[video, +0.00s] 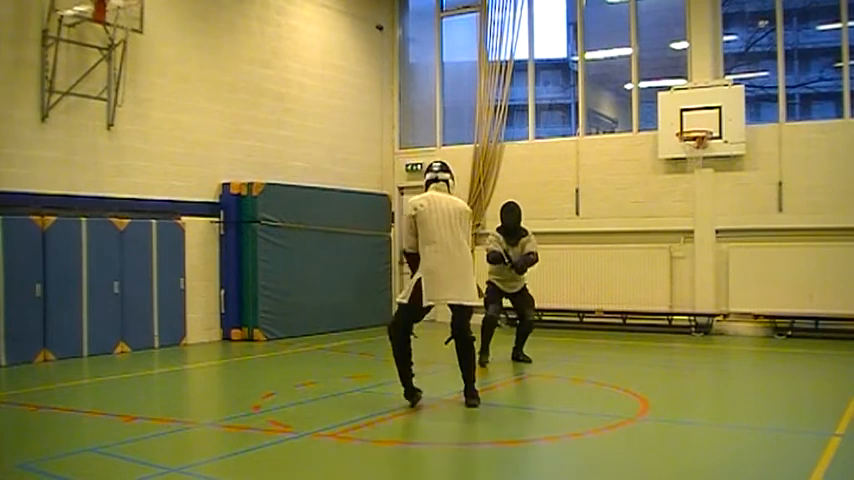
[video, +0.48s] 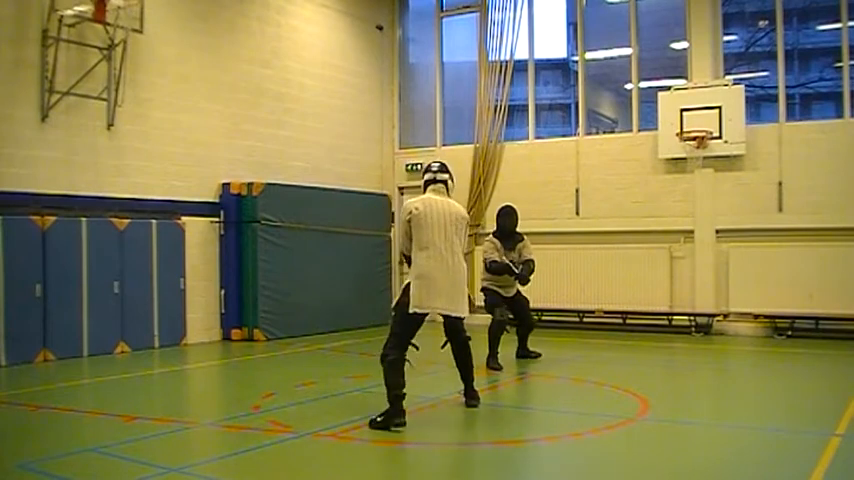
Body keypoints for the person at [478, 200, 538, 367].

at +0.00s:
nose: (510, 232)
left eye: (513, 228)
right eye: (507, 228)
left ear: (519, 222)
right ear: (502, 223)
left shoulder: (527, 236)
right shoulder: (496, 236)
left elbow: (533, 256)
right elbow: (491, 257)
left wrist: (522, 263)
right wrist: (507, 257)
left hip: (517, 285)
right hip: (496, 284)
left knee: (528, 318)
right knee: (492, 314)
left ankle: (518, 351)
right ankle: (484, 351)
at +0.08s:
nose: (509, 233)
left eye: (513, 229)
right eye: (506, 229)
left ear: (517, 223)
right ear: (500, 223)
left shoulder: (524, 237)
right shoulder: (493, 238)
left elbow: (531, 257)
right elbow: (491, 260)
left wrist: (520, 266)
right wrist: (512, 263)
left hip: (515, 288)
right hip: (494, 287)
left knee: (531, 319)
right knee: (498, 318)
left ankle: (516, 351)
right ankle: (492, 355)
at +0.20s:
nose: (508, 225)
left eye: (512, 221)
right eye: (505, 221)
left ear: (516, 223)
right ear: (498, 222)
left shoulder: (520, 241)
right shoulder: (491, 243)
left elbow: (528, 260)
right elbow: (491, 265)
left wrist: (522, 270)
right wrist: (511, 265)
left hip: (512, 290)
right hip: (491, 288)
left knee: (531, 315)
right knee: (501, 315)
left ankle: (518, 347)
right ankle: (493, 356)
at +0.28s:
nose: (508, 225)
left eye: (511, 221)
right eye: (505, 221)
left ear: (515, 223)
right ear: (498, 222)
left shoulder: (520, 242)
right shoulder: (490, 243)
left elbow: (527, 260)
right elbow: (491, 266)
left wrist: (525, 272)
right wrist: (511, 265)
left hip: (510, 290)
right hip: (490, 288)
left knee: (529, 316)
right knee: (500, 316)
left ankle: (521, 346)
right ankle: (493, 356)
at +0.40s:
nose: (509, 224)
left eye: (513, 220)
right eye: (506, 220)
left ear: (516, 222)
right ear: (498, 222)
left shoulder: (520, 242)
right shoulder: (490, 243)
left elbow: (528, 261)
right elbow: (491, 266)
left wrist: (525, 272)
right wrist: (510, 267)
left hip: (510, 290)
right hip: (491, 289)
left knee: (525, 319)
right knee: (500, 316)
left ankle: (522, 348)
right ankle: (492, 356)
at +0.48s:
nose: (509, 223)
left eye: (512, 219)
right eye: (505, 219)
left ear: (516, 222)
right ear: (498, 221)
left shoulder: (521, 241)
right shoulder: (491, 243)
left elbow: (528, 260)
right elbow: (491, 266)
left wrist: (525, 272)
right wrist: (509, 268)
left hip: (512, 289)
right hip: (492, 288)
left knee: (527, 320)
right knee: (501, 317)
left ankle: (522, 349)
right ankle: (492, 356)